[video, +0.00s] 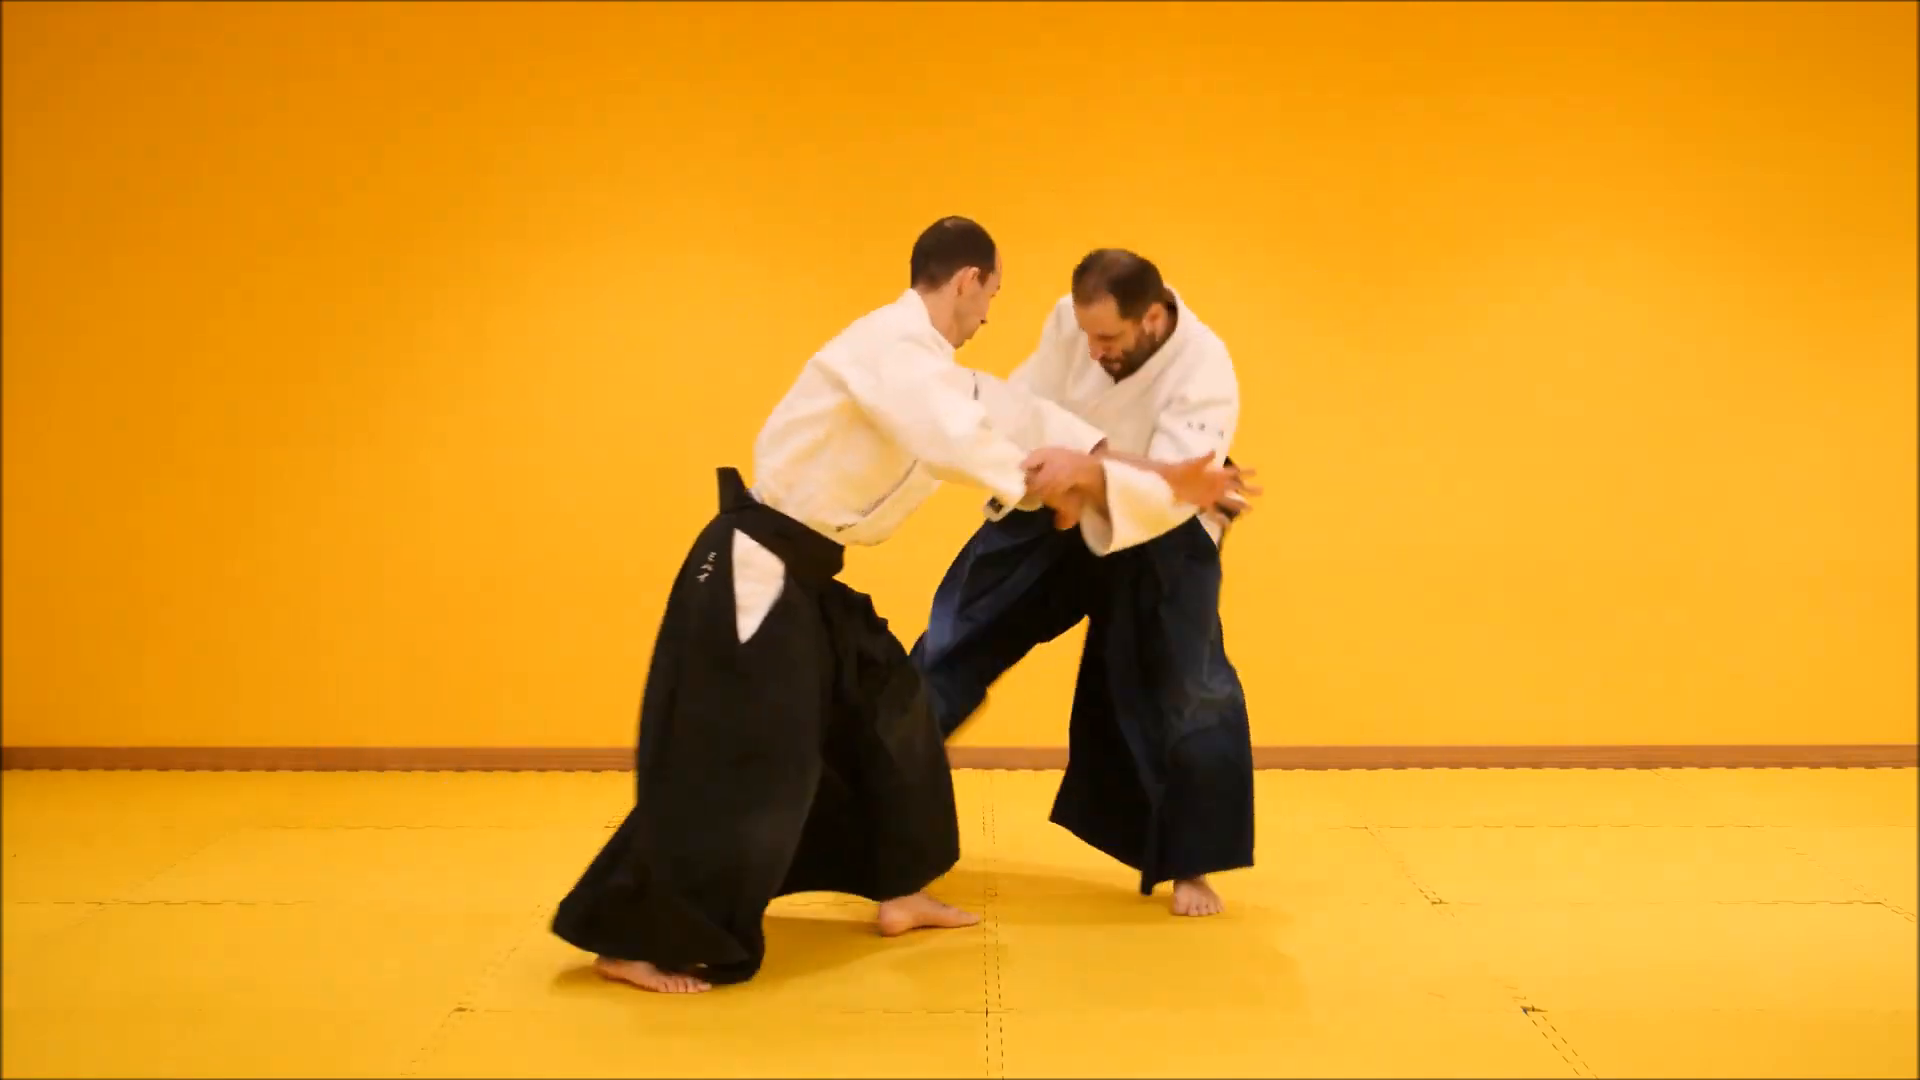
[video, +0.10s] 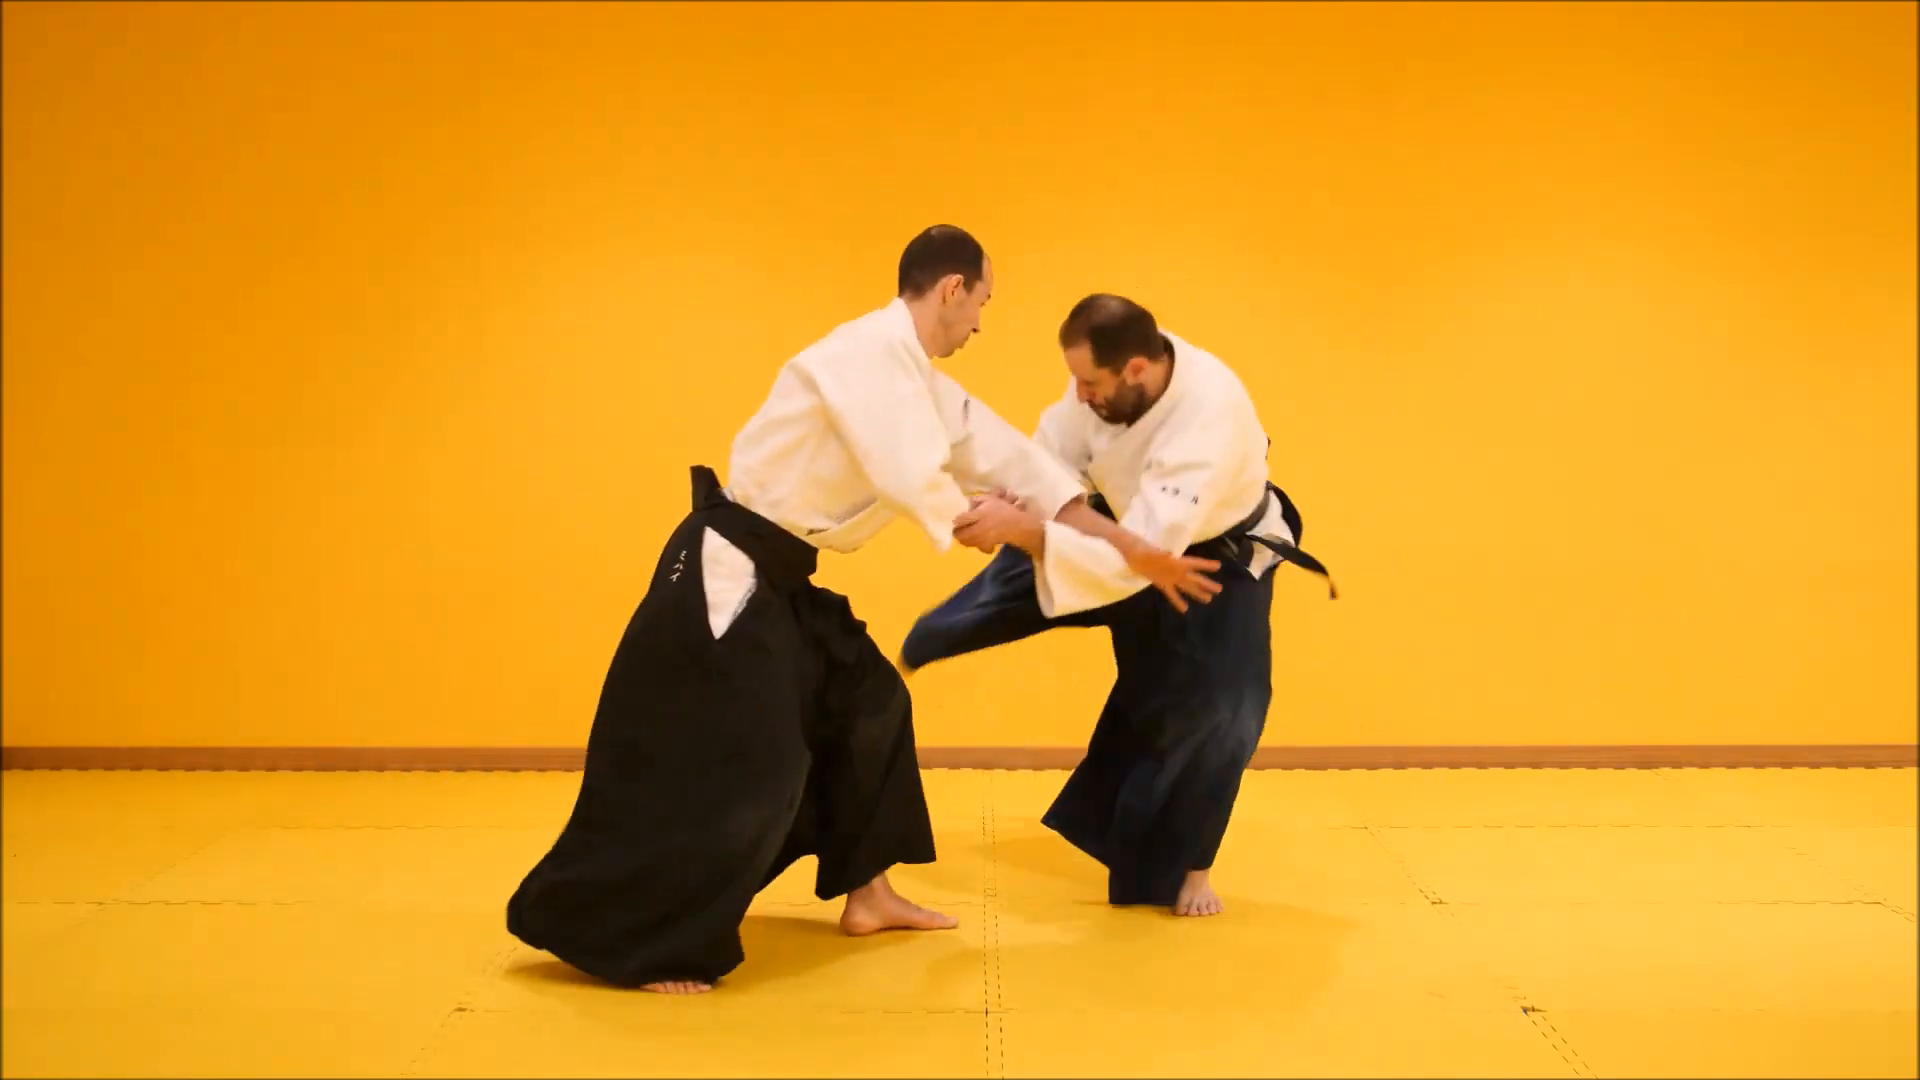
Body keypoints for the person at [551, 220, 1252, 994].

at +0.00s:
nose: (993, 308)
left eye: (993, 295)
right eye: (993, 292)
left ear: (939, 278)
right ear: (966, 282)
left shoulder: (938, 367)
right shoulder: (889, 344)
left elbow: (1047, 435)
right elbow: (958, 440)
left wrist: (1174, 481)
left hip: (807, 578)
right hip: (751, 568)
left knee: (894, 703)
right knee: (742, 755)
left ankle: (899, 893)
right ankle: (639, 937)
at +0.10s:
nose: (981, 322)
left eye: (983, 306)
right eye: (980, 303)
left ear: (933, 287)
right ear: (949, 289)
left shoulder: (929, 382)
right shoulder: (870, 355)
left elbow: (1022, 465)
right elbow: (926, 491)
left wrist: (1130, 547)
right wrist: (1013, 531)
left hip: (782, 578)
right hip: (727, 568)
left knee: (872, 701)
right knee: (750, 756)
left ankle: (866, 891)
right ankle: (661, 935)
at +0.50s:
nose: (1007, 310)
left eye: (1011, 295)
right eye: (1006, 293)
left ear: (957, 283)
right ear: (971, 282)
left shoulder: (937, 352)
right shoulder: (908, 334)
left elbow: (994, 480)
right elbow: (1014, 422)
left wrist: (1064, 576)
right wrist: (1093, 491)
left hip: (816, 563)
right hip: (769, 559)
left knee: (917, 695)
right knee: (845, 736)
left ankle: (876, 877)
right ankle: (762, 934)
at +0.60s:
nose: (1018, 308)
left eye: (1021, 292)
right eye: (1015, 291)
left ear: (963, 286)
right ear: (980, 285)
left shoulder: (956, 353)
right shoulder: (930, 341)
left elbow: (1006, 448)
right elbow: (1045, 386)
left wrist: (1083, 489)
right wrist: (1134, 415)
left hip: (861, 573)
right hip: (810, 572)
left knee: (973, 691)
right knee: (879, 746)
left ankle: (932, 849)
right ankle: (835, 929)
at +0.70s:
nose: (1057, 307)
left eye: (1057, 292)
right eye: (1050, 291)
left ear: (995, 290)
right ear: (1012, 289)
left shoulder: (989, 352)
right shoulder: (975, 347)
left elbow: (1065, 428)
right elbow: (1089, 359)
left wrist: (1169, 427)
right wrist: (1180, 342)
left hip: (904, 581)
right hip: (850, 577)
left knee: (1004, 711)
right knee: (825, 757)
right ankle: (762, 936)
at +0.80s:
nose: (1090, 306)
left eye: (1090, 292)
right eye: (1081, 292)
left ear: (1035, 296)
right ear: (1035, 297)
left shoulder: (1041, 359)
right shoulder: (992, 353)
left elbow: (1111, 441)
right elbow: (1125, 364)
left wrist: (1159, 353)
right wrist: (1151, 312)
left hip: (972, 575)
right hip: (902, 575)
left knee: (1077, 704)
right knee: (851, 741)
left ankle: (1089, 857)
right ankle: (764, 917)